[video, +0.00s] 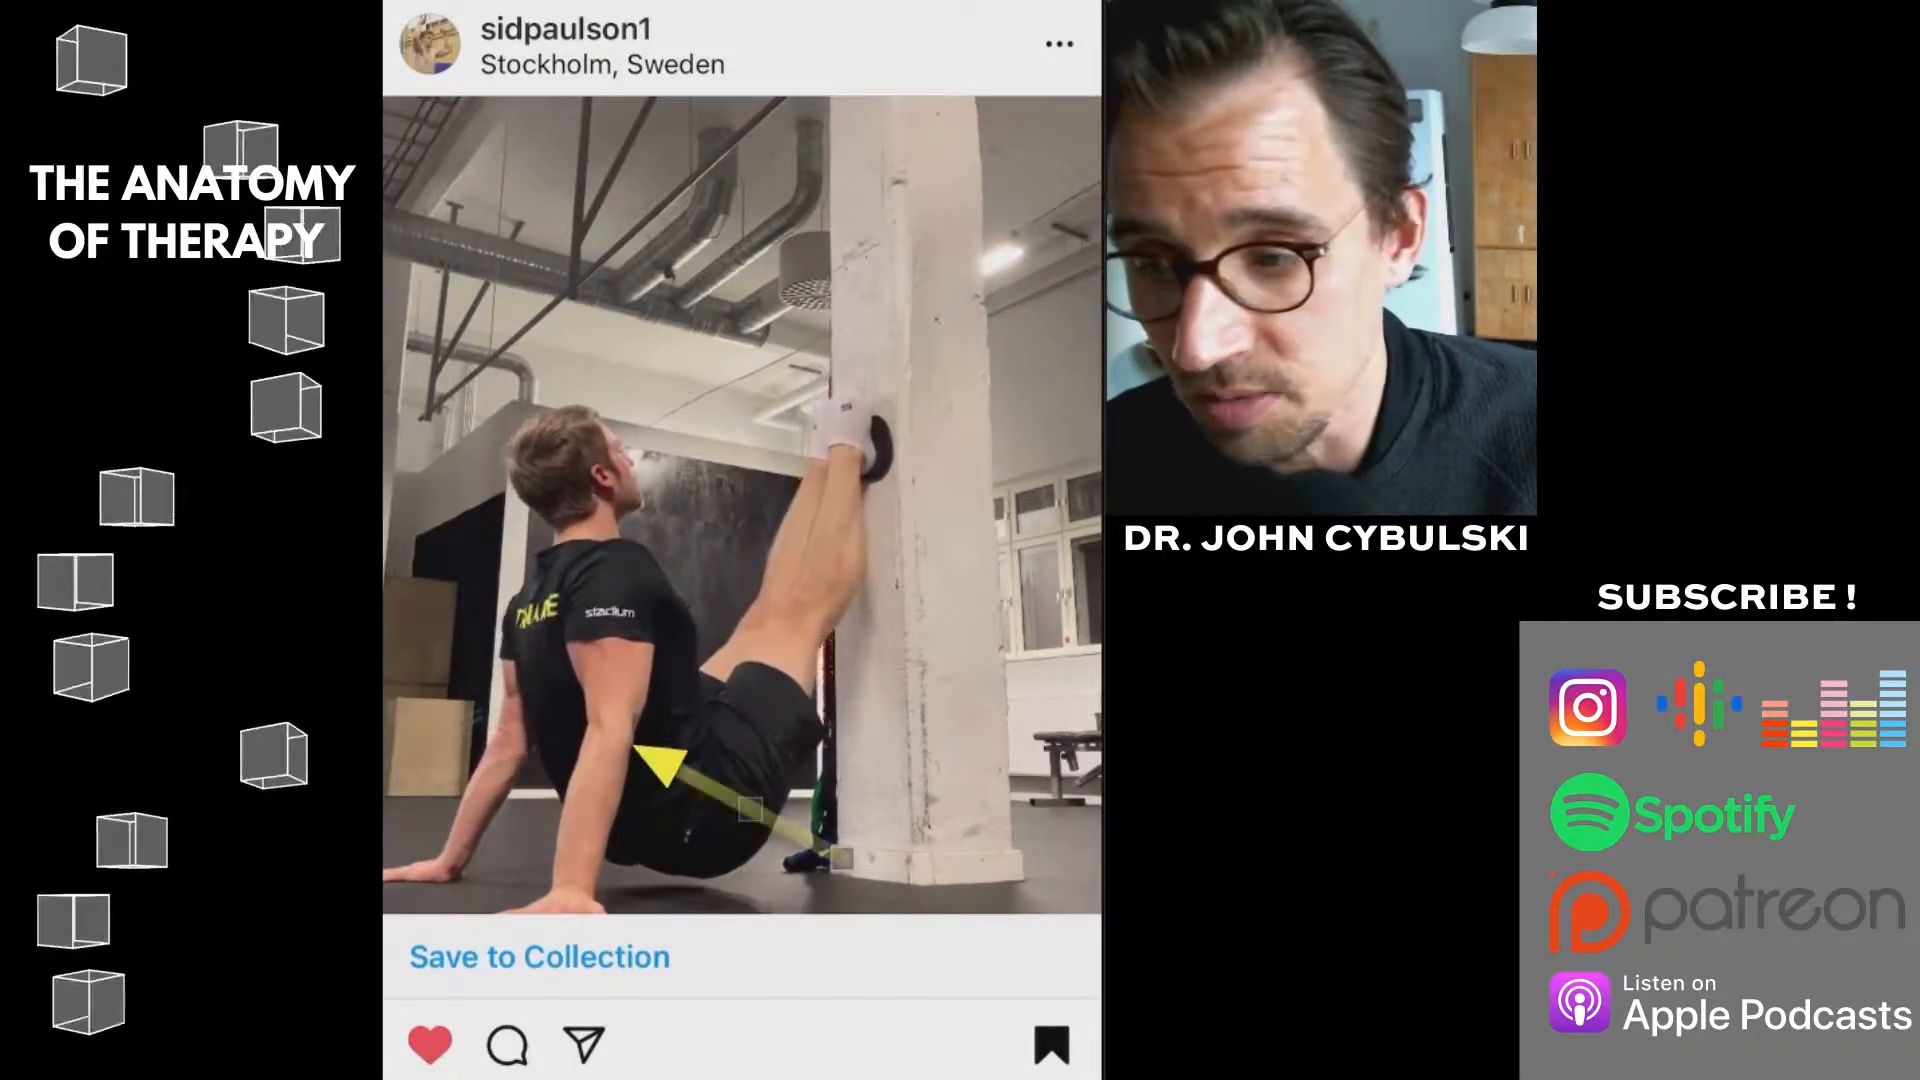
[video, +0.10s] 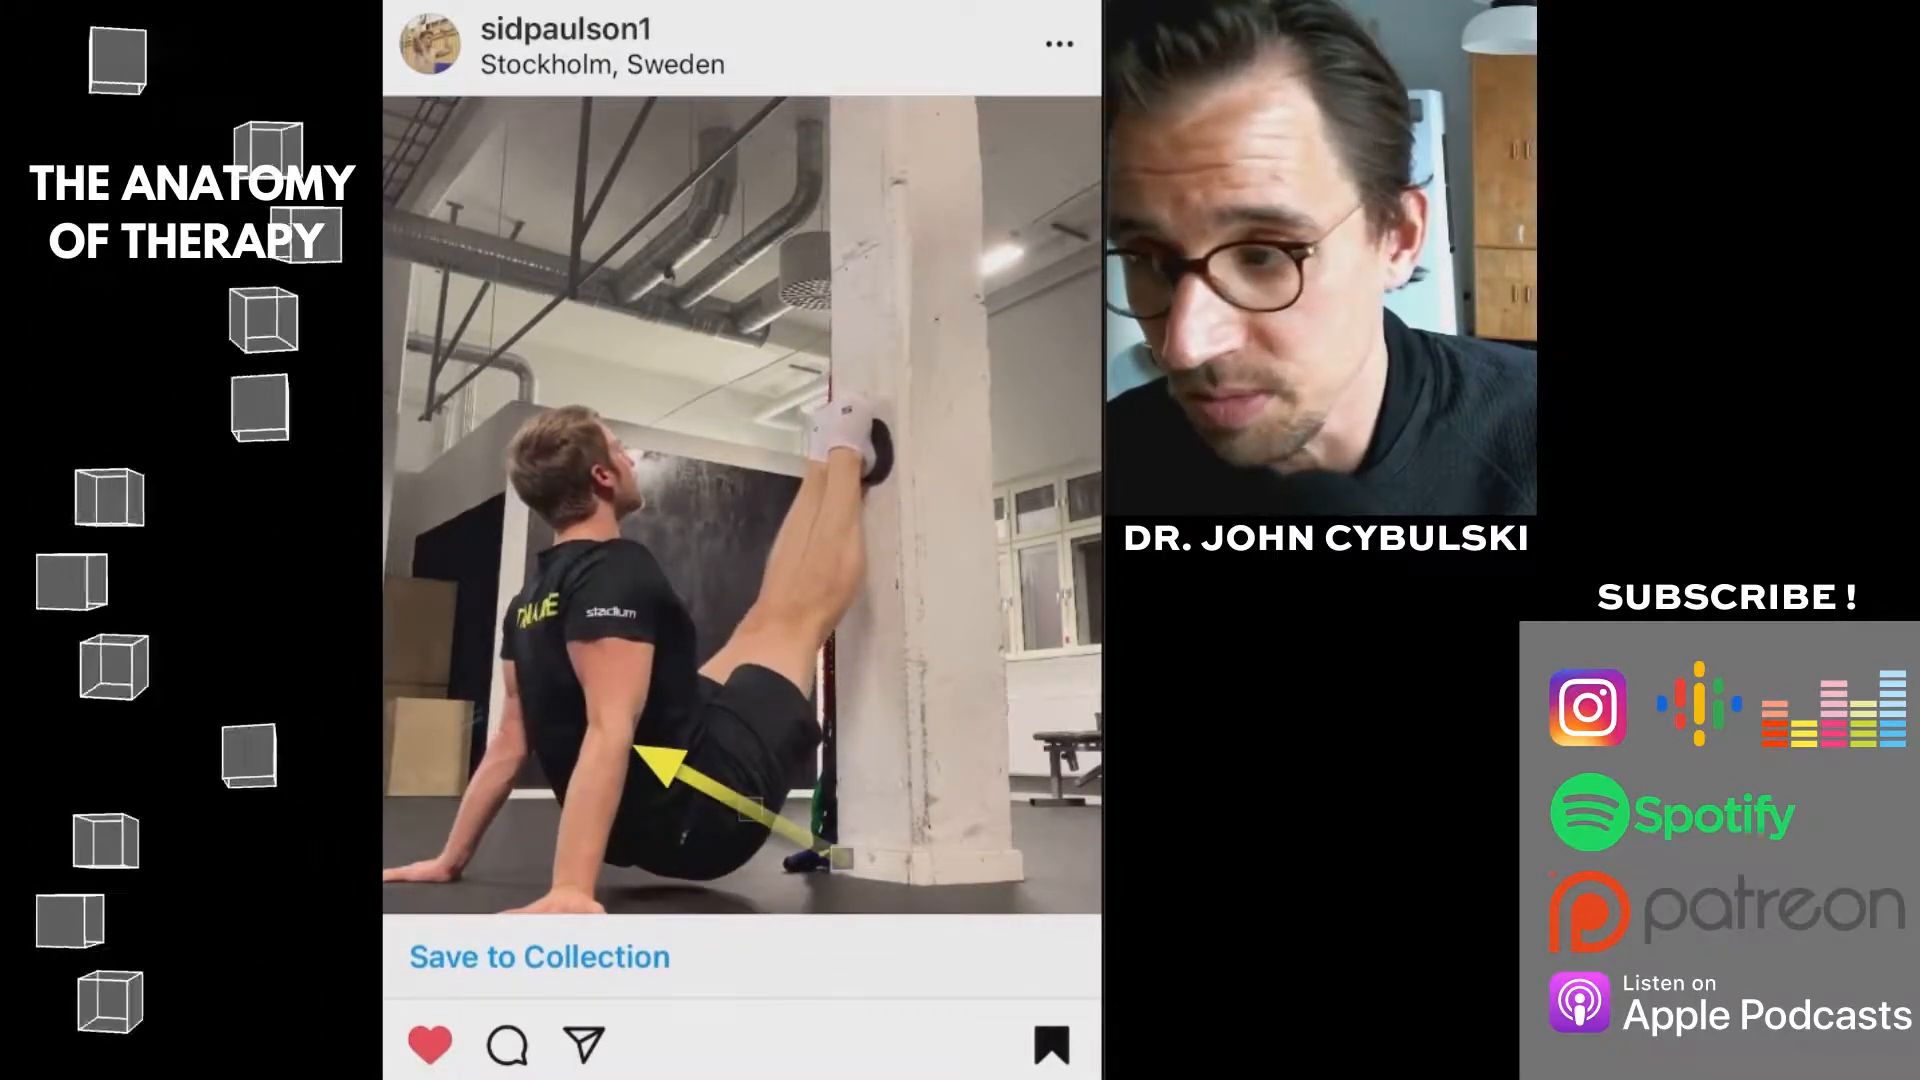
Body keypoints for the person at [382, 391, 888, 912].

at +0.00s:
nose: (632, 460)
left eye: (622, 448)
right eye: (622, 453)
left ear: (544, 499)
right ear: (604, 478)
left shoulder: (526, 600)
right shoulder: (616, 569)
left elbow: (508, 747)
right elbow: (607, 730)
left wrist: (450, 860)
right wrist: (572, 886)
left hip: (650, 829)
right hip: (708, 814)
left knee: (773, 609)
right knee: (805, 608)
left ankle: (825, 456)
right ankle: (846, 455)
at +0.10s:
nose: (632, 459)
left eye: (622, 448)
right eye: (621, 452)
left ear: (545, 498)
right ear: (604, 479)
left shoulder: (526, 602)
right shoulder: (615, 569)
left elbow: (507, 750)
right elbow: (607, 734)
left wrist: (450, 860)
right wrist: (571, 886)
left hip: (649, 830)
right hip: (703, 817)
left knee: (773, 611)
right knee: (804, 610)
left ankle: (825, 457)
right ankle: (846, 456)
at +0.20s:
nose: (632, 460)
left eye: (622, 449)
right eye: (622, 453)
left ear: (545, 499)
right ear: (605, 480)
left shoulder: (527, 603)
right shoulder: (616, 570)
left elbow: (507, 750)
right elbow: (607, 734)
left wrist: (449, 862)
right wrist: (571, 885)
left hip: (648, 830)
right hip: (699, 817)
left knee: (773, 612)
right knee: (804, 610)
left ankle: (826, 455)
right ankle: (846, 454)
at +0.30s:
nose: (632, 461)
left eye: (622, 449)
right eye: (622, 453)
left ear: (546, 498)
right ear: (605, 479)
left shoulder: (529, 601)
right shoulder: (616, 569)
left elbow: (508, 749)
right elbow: (607, 735)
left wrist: (450, 861)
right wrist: (571, 886)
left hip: (646, 831)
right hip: (697, 820)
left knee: (770, 615)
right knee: (804, 613)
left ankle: (824, 463)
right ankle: (845, 460)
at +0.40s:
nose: (632, 461)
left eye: (623, 449)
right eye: (623, 453)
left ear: (546, 499)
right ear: (605, 479)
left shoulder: (529, 602)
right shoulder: (616, 569)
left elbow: (509, 749)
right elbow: (607, 734)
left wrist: (450, 861)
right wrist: (571, 885)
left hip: (645, 835)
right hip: (694, 823)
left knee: (771, 617)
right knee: (802, 614)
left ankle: (827, 461)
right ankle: (845, 460)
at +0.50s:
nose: (632, 460)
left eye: (622, 449)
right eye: (622, 453)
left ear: (546, 497)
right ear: (605, 478)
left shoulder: (529, 601)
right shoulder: (616, 569)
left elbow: (508, 750)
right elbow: (607, 735)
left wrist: (449, 861)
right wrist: (572, 885)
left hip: (645, 836)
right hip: (693, 824)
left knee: (769, 617)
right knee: (804, 615)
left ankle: (825, 467)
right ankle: (846, 466)